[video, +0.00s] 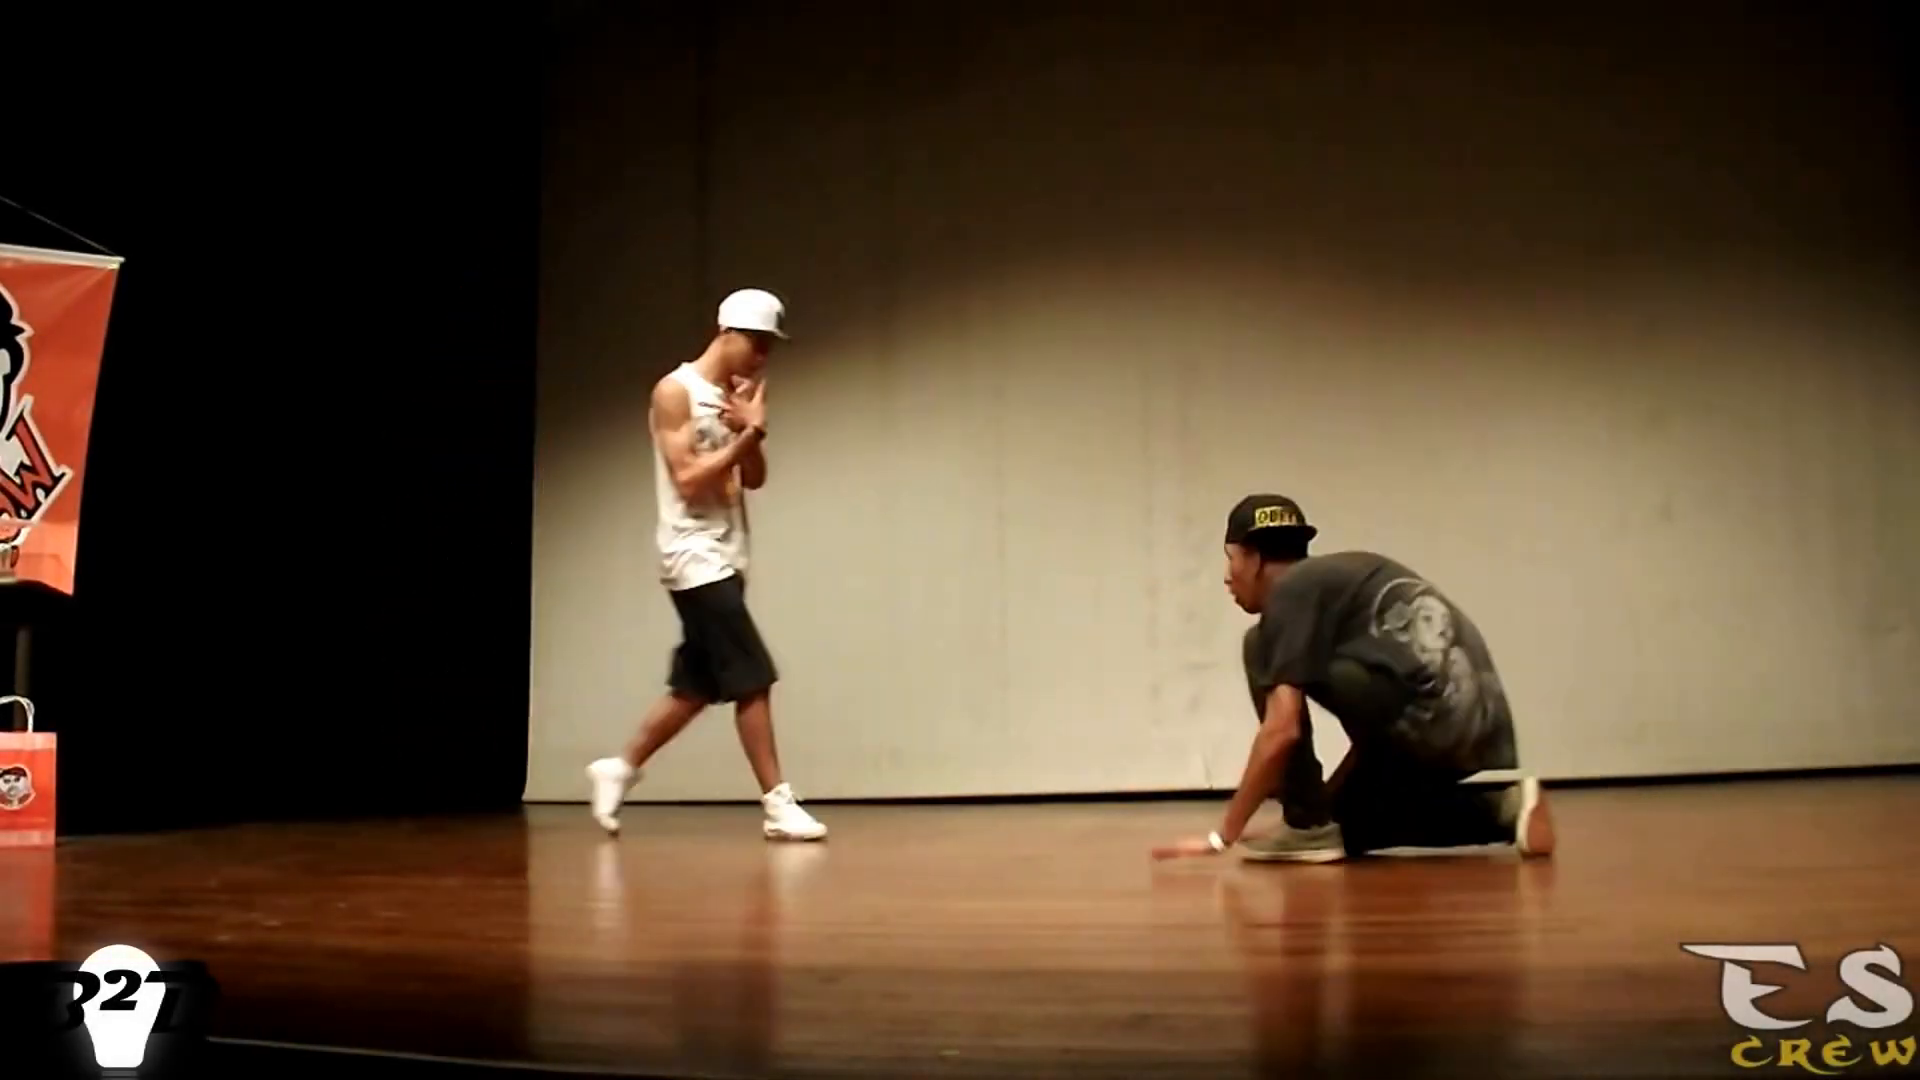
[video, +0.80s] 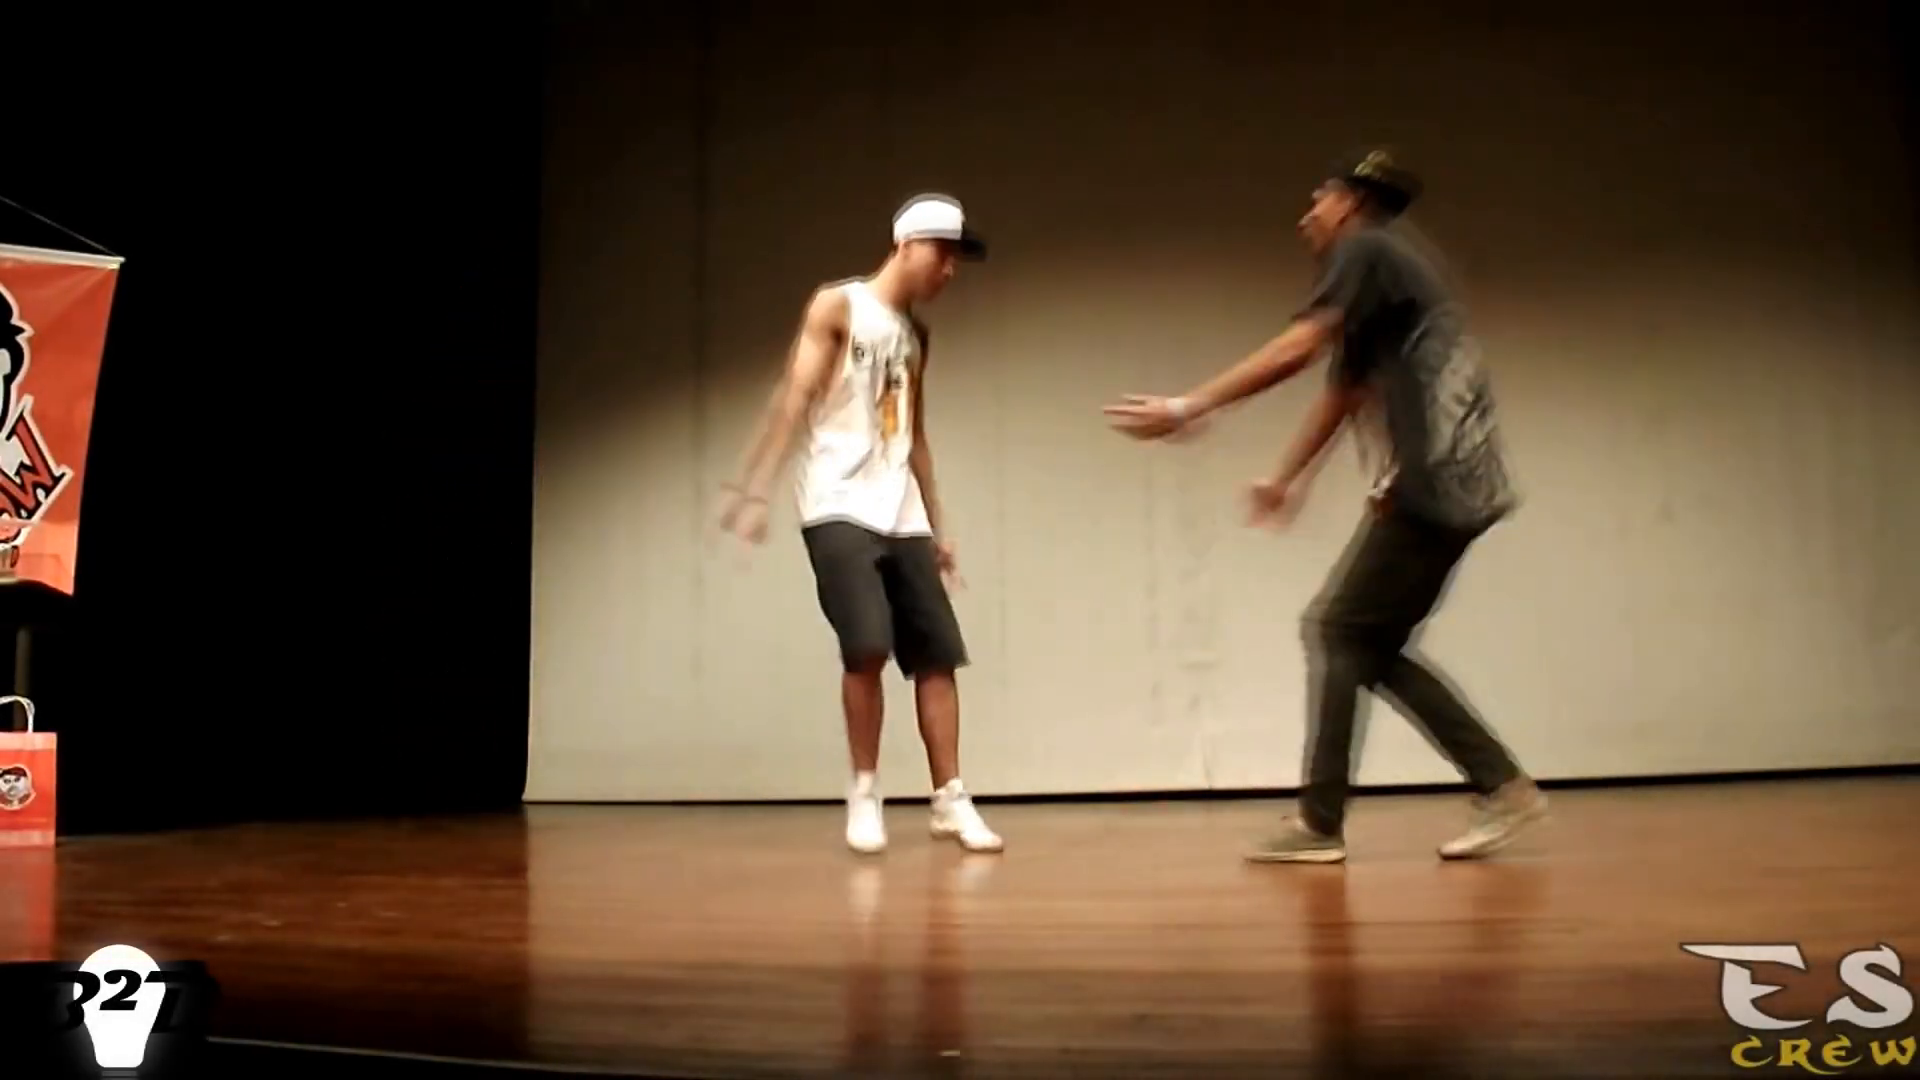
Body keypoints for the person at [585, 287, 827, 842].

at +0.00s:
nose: (763, 359)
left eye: (769, 348)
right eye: (758, 345)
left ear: (764, 348)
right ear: (727, 335)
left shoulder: (739, 393)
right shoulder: (674, 391)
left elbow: (755, 478)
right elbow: (689, 481)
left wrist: (750, 431)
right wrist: (746, 437)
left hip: (726, 557)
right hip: (693, 557)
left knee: (695, 688)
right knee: (752, 677)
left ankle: (619, 772)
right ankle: (778, 803)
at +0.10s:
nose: (784, 349)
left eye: (789, 337)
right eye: (779, 335)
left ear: (776, 335)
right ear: (750, 326)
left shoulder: (757, 382)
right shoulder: (695, 382)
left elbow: (780, 467)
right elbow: (712, 472)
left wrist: (771, 413)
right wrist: (766, 418)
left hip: (753, 554)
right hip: (717, 557)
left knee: (748, 685)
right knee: (765, 674)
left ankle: (663, 757)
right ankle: (778, 803)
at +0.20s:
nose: (809, 338)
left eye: (814, 326)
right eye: (805, 323)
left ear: (802, 323)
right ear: (775, 312)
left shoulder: (782, 369)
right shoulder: (718, 366)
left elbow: (804, 457)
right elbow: (734, 456)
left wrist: (797, 398)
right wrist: (790, 405)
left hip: (784, 547)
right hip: (737, 552)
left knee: (813, 672)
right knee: (762, 686)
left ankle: (746, 762)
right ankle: (777, 802)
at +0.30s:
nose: (840, 330)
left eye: (845, 318)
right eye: (834, 315)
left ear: (832, 318)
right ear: (804, 306)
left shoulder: (811, 367)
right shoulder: (743, 360)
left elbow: (831, 455)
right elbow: (753, 449)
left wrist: (820, 395)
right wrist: (809, 401)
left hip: (811, 549)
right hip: (756, 554)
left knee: (852, 666)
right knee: (766, 689)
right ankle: (778, 804)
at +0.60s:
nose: (926, 326)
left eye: (932, 316)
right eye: (923, 310)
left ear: (918, 312)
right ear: (890, 298)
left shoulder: (896, 376)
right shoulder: (819, 352)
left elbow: (901, 461)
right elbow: (811, 448)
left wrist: (911, 458)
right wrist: (881, 464)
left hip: (885, 542)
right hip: (826, 551)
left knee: (932, 670)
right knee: (849, 693)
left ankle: (950, 805)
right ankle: (808, 769)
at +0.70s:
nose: (942, 304)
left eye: (948, 293)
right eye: (937, 288)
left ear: (935, 288)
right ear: (902, 273)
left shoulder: (911, 356)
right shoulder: (833, 329)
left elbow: (911, 450)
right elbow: (814, 421)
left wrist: (938, 507)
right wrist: (837, 491)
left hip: (900, 531)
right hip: (838, 534)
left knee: (937, 664)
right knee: (870, 667)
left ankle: (950, 804)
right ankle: (845, 769)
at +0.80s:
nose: (949, 271)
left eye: (955, 259)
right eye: (943, 254)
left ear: (939, 259)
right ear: (906, 245)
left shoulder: (914, 334)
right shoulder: (835, 306)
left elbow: (915, 442)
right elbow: (794, 398)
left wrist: (936, 533)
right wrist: (755, 489)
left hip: (901, 514)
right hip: (837, 509)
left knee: (937, 653)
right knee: (867, 647)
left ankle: (949, 800)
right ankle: (864, 795)